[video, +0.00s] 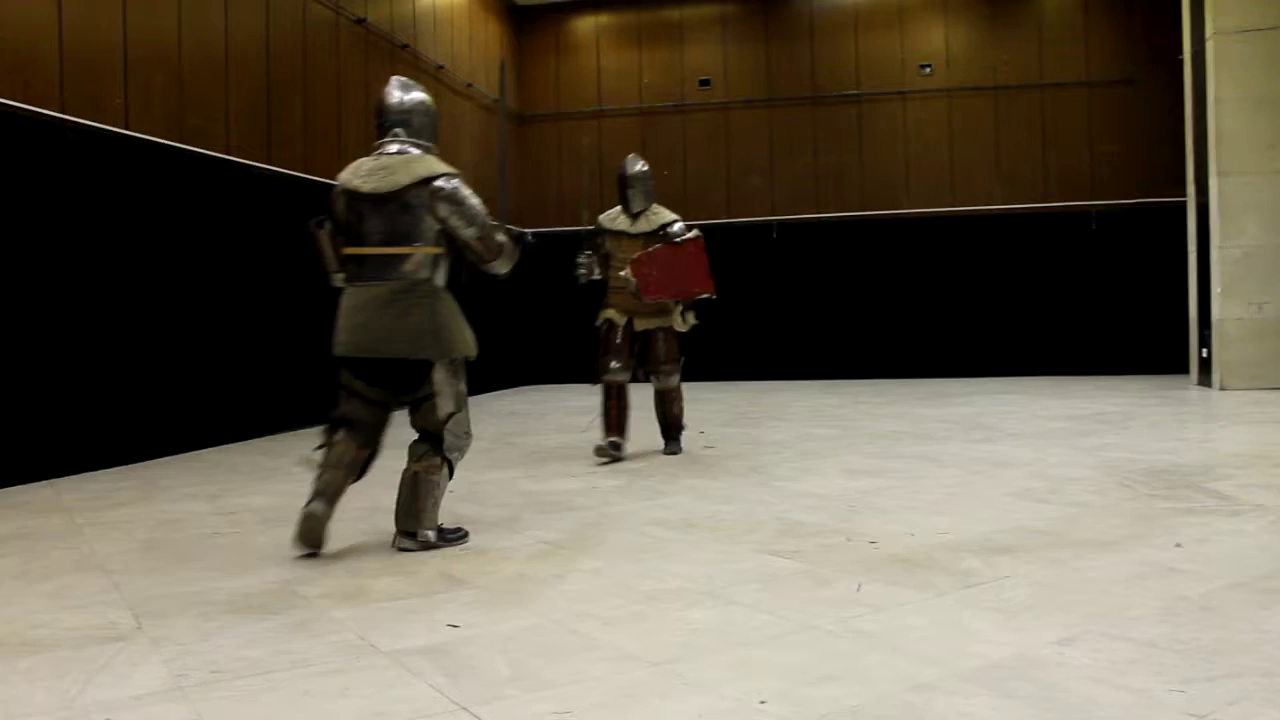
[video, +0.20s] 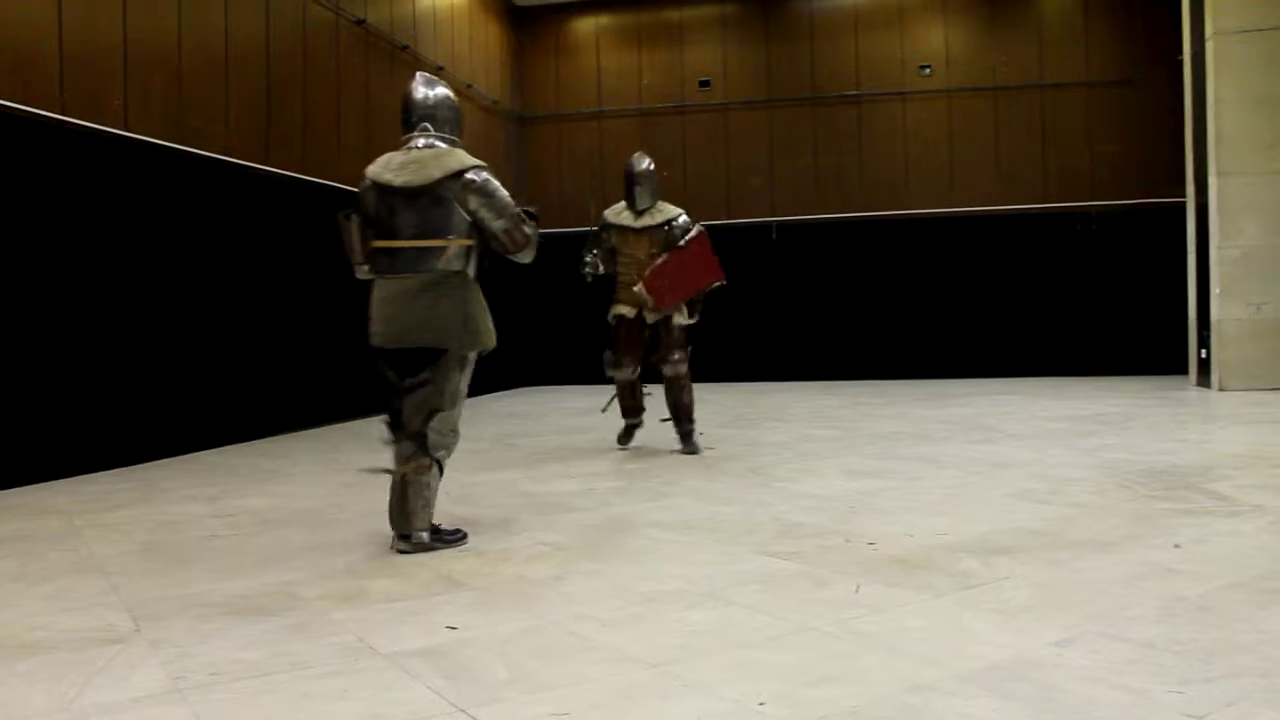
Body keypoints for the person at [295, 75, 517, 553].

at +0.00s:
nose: (433, 129)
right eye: (431, 122)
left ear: (384, 124)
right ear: (428, 123)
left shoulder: (348, 181)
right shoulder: (436, 180)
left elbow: (339, 261)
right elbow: (489, 247)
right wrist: (508, 245)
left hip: (359, 322)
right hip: (420, 323)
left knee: (355, 423)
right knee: (443, 429)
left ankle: (320, 501)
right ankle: (417, 526)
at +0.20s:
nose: (458, 126)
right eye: (456, 118)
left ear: (407, 121)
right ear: (454, 119)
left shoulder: (377, 176)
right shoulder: (464, 173)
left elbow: (362, 255)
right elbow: (519, 242)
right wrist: (522, 220)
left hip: (388, 312)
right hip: (444, 313)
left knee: (409, 420)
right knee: (433, 423)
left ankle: (410, 524)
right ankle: (415, 529)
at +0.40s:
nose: (478, 143)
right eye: (475, 136)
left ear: (428, 140)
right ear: (473, 137)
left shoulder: (397, 194)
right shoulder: (484, 191)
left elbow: (382, 277)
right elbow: (533, 261)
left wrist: (419, 276)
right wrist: (541, 245)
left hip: (414, 322)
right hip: (468, 322)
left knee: (469, 409)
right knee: (442, 419)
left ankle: (495, 492)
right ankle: (408, 525)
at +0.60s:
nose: (493, 153)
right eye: (492, 146)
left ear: (450, 150)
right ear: (492, 146)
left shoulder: (425, 203)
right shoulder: (503, 193)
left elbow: (413, 281)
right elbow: (545, 244)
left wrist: (441, 289)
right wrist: (558, 284)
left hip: (447, 322)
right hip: (498, 318)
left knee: (485, 409)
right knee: (509, 419)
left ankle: (506, 496)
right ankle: (446, 489)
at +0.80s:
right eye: (517, 144)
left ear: (479, 148)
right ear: (519, 145)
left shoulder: (455, 197)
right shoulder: (531, 190)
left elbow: (443, 262)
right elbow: (568, 236)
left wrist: (464, 283)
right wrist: (575, 278)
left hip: (472, 315)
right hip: (527, 314)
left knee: (492, 402)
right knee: (561, 390)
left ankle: (504, 497)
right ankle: (550, 471)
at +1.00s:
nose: (550, 167)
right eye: (551, 161)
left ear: (514, 162)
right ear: (550, 162)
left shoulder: (489, 209)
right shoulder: (564, 206)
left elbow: (481, 266)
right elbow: (599, 246)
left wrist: (497, 290)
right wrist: (595, 282)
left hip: (506, 319)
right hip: (559, 318)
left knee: (514, 408)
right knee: (579, 399)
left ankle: (511, 494)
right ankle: (598, 474)